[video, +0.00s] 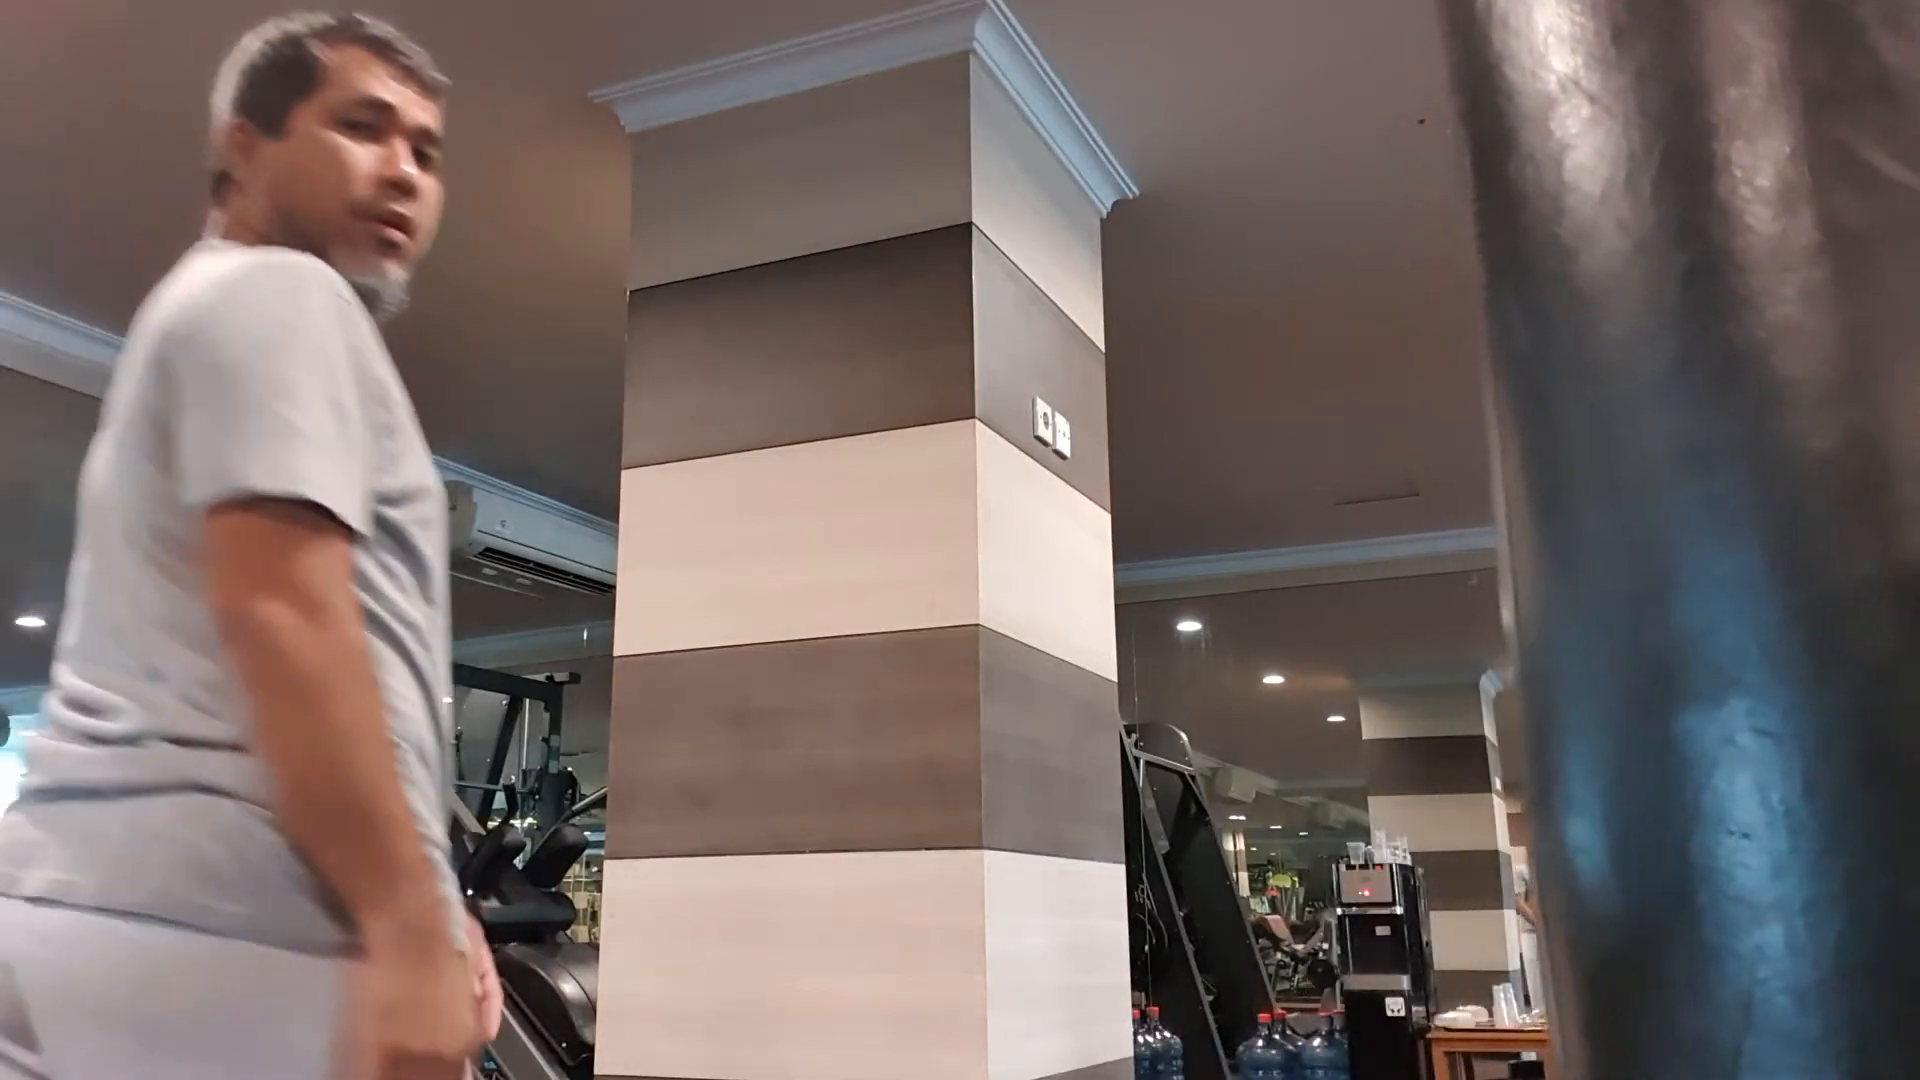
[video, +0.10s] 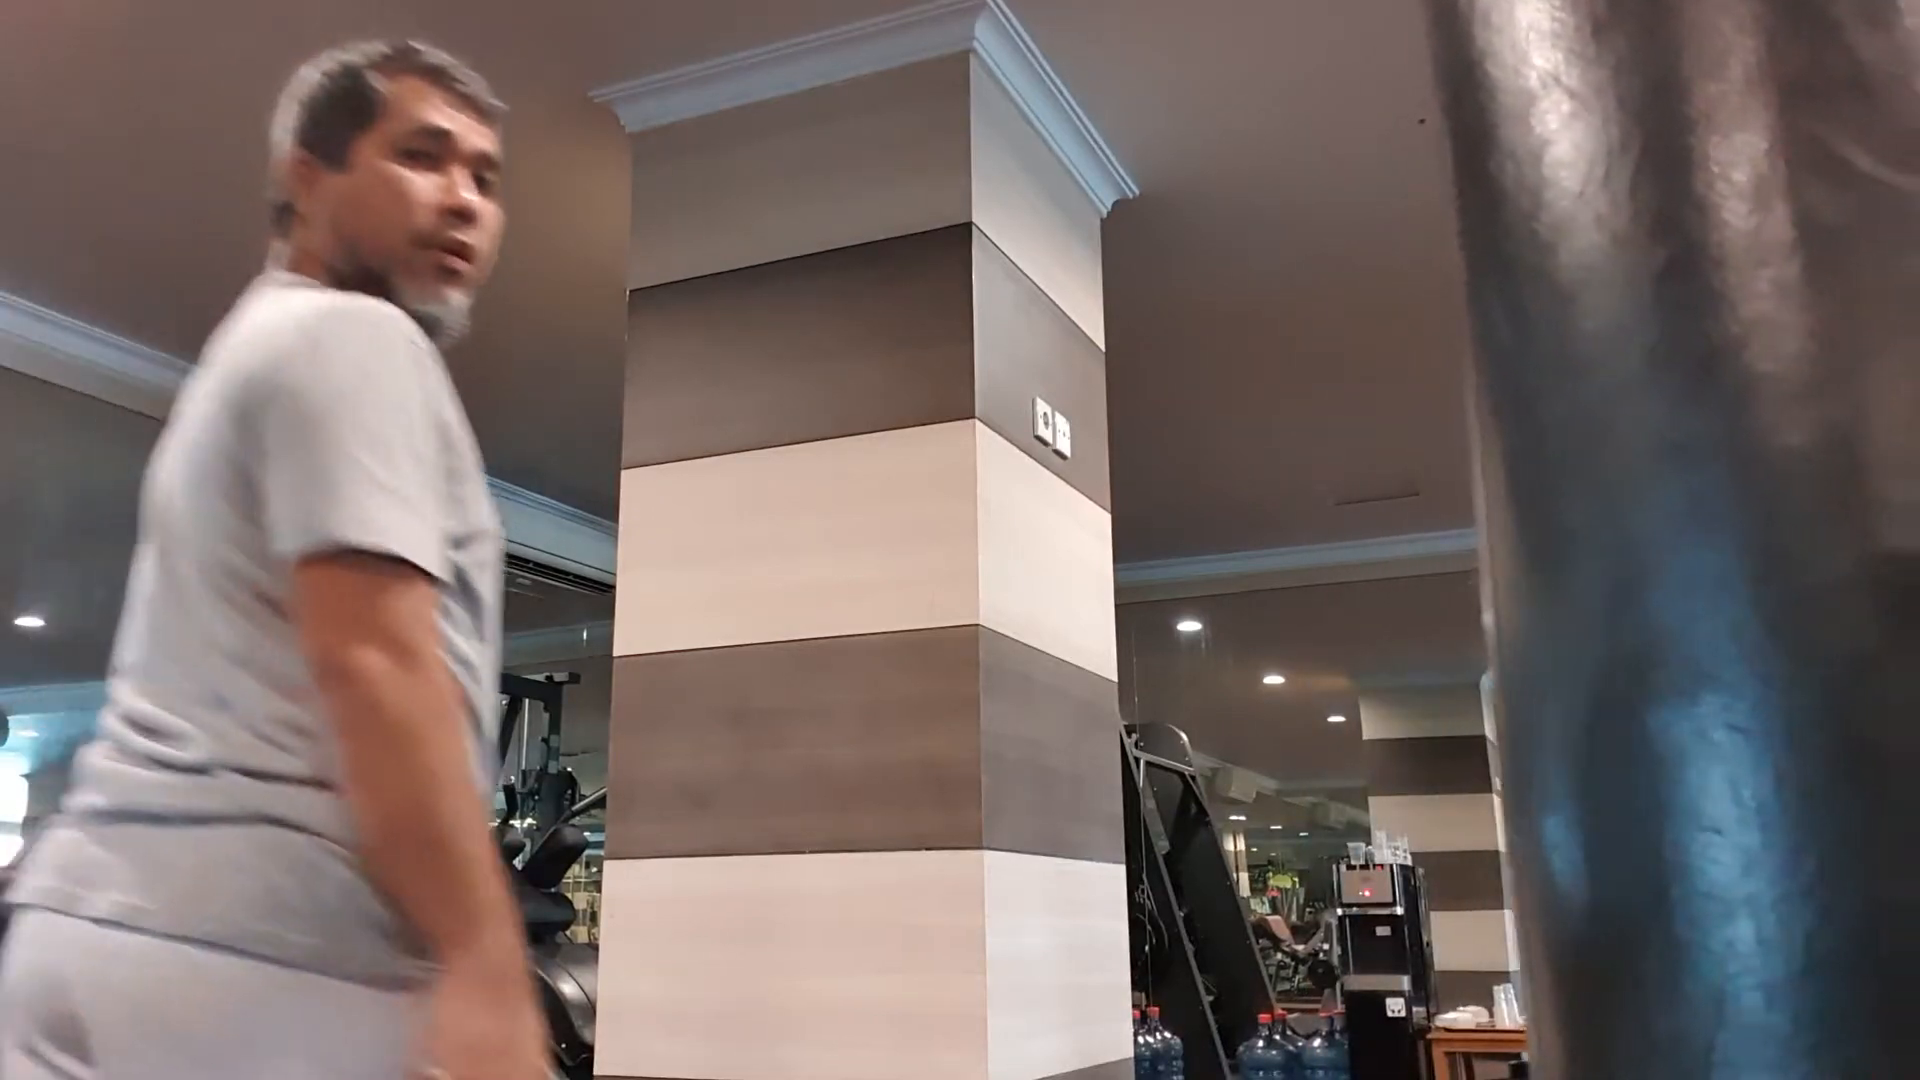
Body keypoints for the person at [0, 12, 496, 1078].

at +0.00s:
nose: (409, 172)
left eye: (427, 151)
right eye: (365, 126)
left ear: (437, 188)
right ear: (242, 144)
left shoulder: (213, 304)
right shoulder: (274, 296)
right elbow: (281, 610)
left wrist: (430, 904)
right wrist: (405, 922)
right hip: (219, 944)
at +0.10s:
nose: (466, 200)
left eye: (483, 178)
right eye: (423, 156)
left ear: (500, 212)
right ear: (306, 177)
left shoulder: (255, 341)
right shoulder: (352, 337)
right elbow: (376, 659)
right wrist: (485, 962)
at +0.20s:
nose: (537, 215)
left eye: (555, 189)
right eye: (495, 173)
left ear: (573, 217)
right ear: (383, 197)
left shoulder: (327, 368)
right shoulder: (433, 372)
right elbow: (475, 703)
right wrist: (583, 1000)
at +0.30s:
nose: (608, 230)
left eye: (625, 202)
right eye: (566, 188)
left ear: (644, 225)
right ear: (458, 208)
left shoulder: (397, 380)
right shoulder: (501, 390)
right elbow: (558, 719)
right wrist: (677, 991)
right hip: (420, 963)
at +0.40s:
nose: (657, 249)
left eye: (674, 223)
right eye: (615, 210)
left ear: (695, 250)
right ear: (518, 238)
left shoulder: (464, 404)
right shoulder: (554, 413)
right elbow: (620, 742)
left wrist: (632, 885)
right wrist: (768, 986)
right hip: (509, 978)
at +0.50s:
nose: (690, 258)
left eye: (710, 230)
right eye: (648, 219)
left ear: (729, 260)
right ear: (560, 249)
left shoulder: (534, 410)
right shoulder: (578, 419)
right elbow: (645, 742)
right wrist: (815, 956)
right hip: (561, 982)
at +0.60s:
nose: (711, 248)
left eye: (736, 221)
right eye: (671, 211)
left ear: (760, 254)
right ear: (593, 242)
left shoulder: (647, 426)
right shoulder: (582, 414)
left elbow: (640, 717)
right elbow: (628, 722)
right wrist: (816, 940)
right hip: (573, 959)